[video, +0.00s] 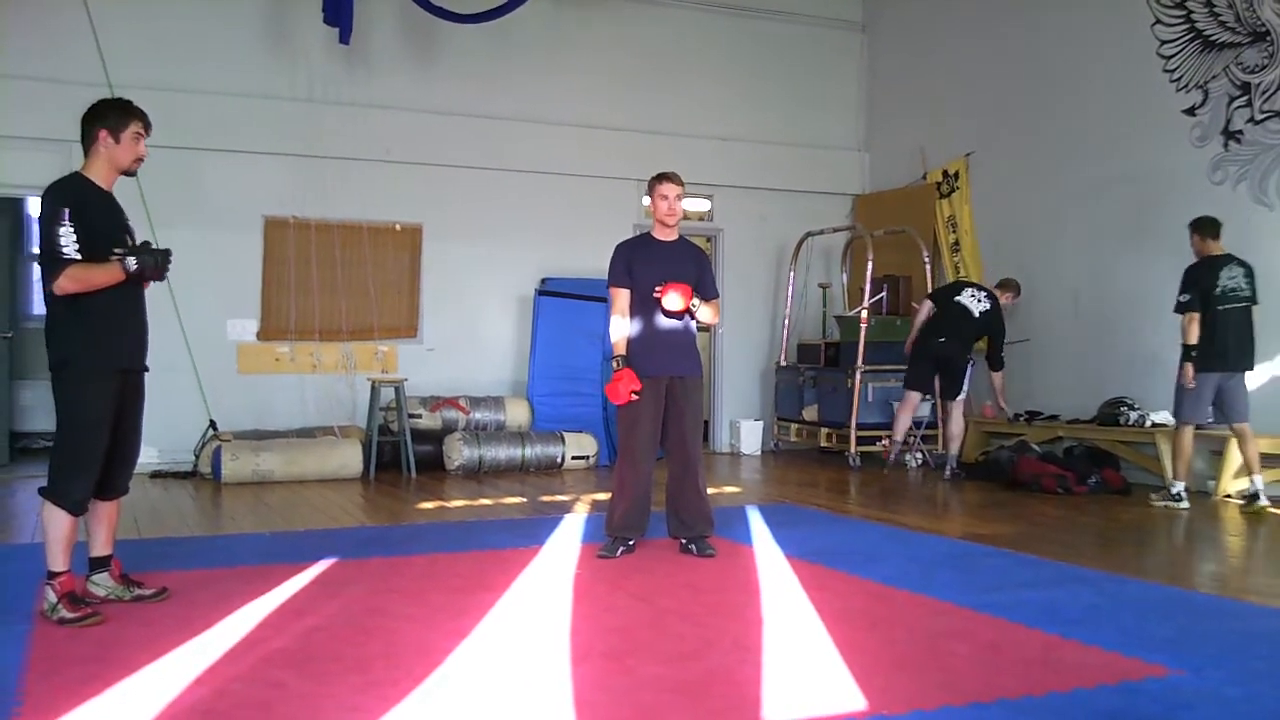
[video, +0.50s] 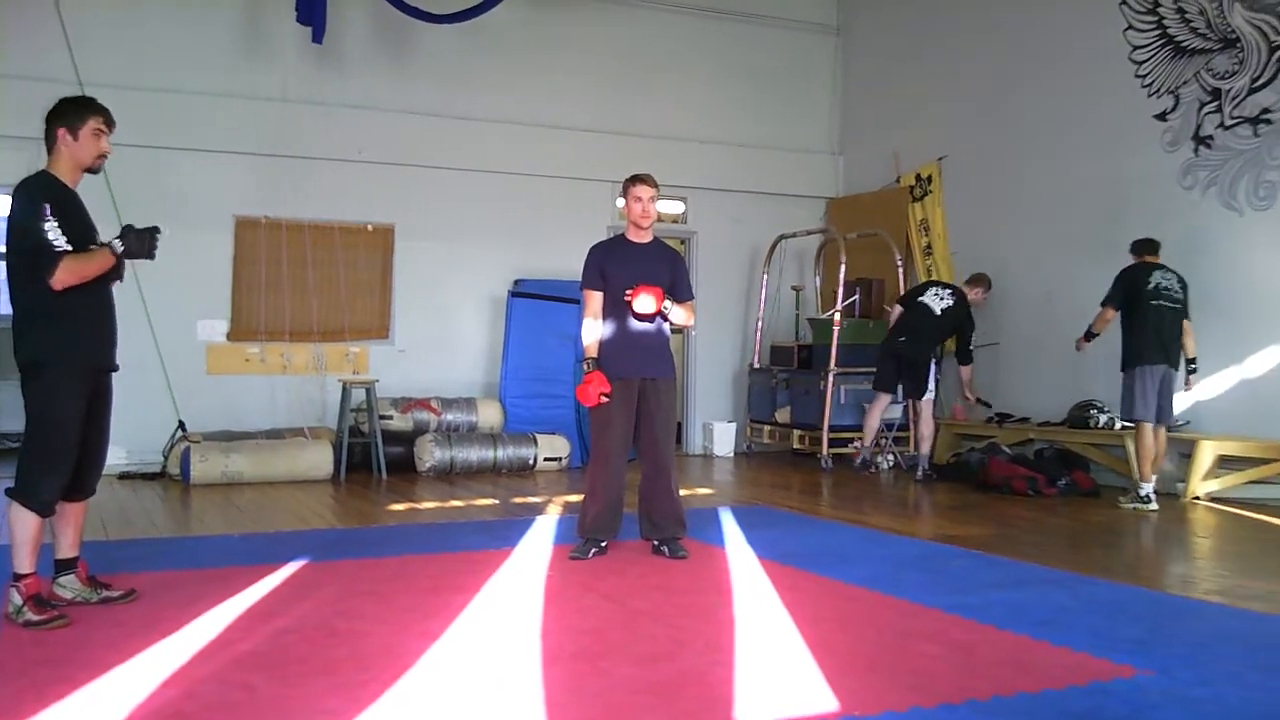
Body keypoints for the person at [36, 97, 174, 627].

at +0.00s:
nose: (144, 151)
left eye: (145, 141)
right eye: (138, 139)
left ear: (110, 141)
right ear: (104, 138)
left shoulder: (110, 204)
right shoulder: (65, 194)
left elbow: (105, 273)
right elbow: (63, 280)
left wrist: (142, 269)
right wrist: (131, 267)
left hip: (124, 360)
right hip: (83, 361)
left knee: (113, 467)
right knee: (73, 468)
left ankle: (103, 575)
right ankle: (57, 589)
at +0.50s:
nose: (107, 145)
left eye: (108, 136)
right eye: (99, 134)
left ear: (76, 139)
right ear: (65, 135)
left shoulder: (72, 200)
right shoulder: (37, 193)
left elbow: (77, 271)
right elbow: (59, 274)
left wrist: (115, 253)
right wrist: (116, 249)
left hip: (90, 361)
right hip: (53, 362)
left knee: (81, 468)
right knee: (42, 469)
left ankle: (70, 577)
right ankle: (24, 590)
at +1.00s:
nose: (89, 142)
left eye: (91, 133)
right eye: (79, 131)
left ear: (84, 140)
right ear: (47, 134)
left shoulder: (77, 208)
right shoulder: (11, 195)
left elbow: (79, 286)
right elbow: (5, 275)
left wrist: (101, 278)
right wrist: (74, 266)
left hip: (85, 361)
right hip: (34, 361)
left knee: (77, 468)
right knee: (32, 469)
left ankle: (71, 578)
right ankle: (23, 592)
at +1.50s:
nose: (110, 148)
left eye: (115, 139)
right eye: (100, 136)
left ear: (117, 146)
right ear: (69, 137)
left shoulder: (108, 206)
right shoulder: (24, 200)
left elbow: (128, 283)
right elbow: (8, 284)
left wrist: (120, 272)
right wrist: (83, 273)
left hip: (105, 358)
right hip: (46, 362)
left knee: (146, 460)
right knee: (53, 477)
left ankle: (114, 556)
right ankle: (62, 591)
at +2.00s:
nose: (38, 148)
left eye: (42, 140)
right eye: (28, 137)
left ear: (41, 149)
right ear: (2, 141)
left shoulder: (37, 212)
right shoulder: (2, 205)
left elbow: (56, 290)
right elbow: (3, 280)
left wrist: (58, 279)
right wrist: (27, 275)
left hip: (37, 364)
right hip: (8, 363)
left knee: (18, 480)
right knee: (11, 480)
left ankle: (11, 584)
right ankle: (12, 586)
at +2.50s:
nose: (82, 170)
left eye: (87, 163)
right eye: (75, 158)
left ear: (84, 170)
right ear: (43, 157)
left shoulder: (62, 227)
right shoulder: (6, 207)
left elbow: (65, 307)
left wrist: (73, 294)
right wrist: (43, 284)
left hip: (49, 365)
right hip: (11, 363)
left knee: (30, 465)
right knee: (30, 464)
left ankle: (18, 575)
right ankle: (46, 585)